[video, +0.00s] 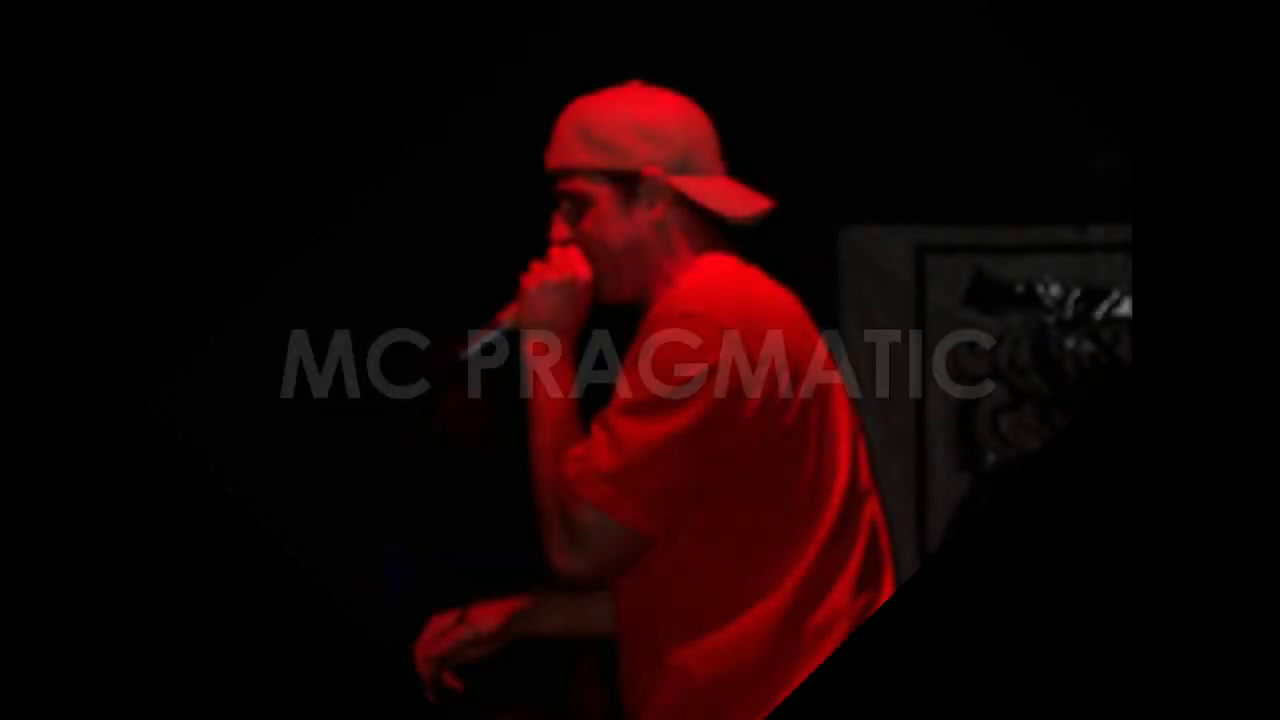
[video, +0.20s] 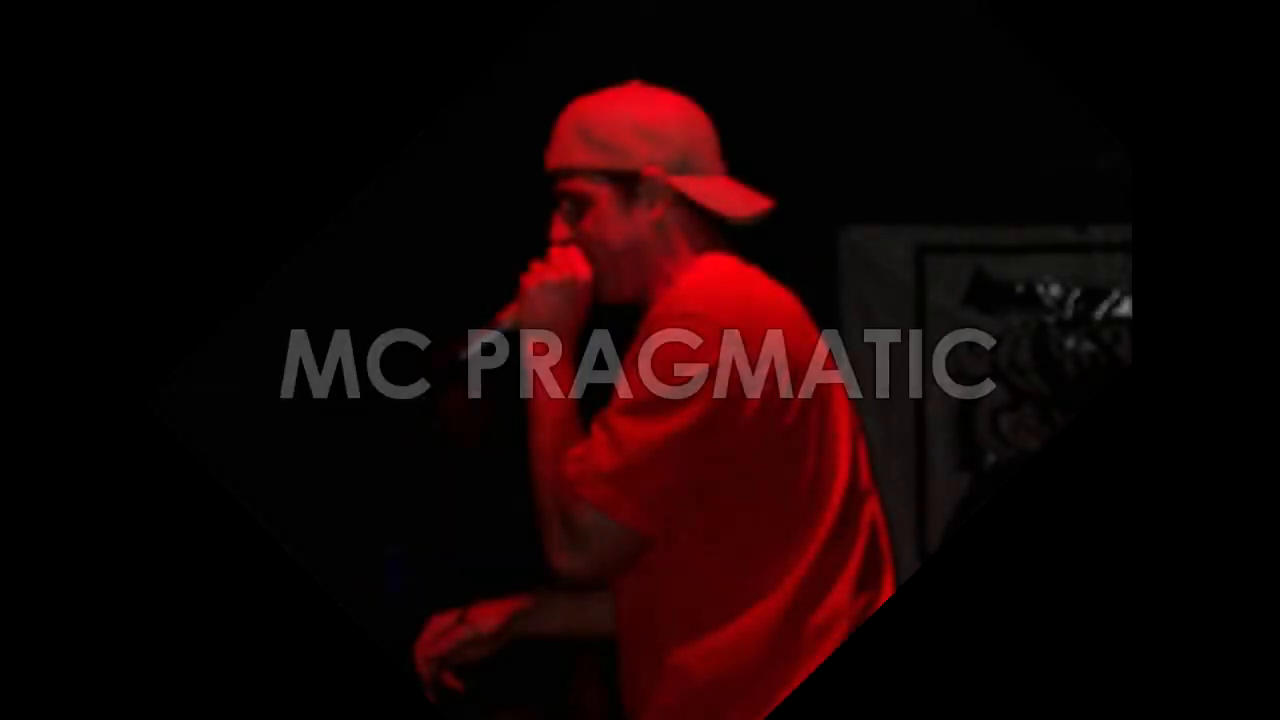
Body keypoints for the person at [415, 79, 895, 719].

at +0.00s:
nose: (559, 234)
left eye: (576, 206)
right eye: (559, 209)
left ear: (653, 200)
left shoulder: (705, 315)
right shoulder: (750, 305)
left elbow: (578, 543)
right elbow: (702, 576)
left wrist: (545, 346)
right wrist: (521, 621)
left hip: (732, 697)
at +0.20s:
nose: (559, 234)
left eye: (577, 206)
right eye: (559, 209)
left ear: (653, 200)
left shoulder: (705, 314)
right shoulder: (751, 305)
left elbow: (578, 542)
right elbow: (702, 577)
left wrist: (546, 347)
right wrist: (520, 621)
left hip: (731, 698)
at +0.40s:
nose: (559, 234)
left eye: (577, 206)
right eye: (559, 209)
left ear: (653, 200)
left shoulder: (705, 315)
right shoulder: (751, 305)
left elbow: (578, 542)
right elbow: (701, 577)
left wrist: (546, 347)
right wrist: (520, 621)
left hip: (732, 698)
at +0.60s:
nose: (560, 234)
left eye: (577, 206)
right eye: (560, 209)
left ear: (653, 200)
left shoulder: (705, 314)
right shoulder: (750, 305)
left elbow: (578, 542)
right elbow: (701, 578)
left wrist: (546, 347)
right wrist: (520, 621)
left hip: (732, 698)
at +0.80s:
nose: (560, 234)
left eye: (577, 206)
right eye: (560, 209)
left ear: (653, 200)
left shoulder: (706, 314)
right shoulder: (749, 305)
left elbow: (578, 542)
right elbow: (701, 579)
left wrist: (546, 348)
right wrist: (520, 621)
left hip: (732, 698)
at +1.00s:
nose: (560, 234)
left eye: (577, 206)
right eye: (559, 209)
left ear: (653, 200)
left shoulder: (707, 314)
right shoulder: (747, 305)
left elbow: (578, 542)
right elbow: (699, 578)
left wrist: (545, 349)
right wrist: (519, 620)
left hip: (734, 702)